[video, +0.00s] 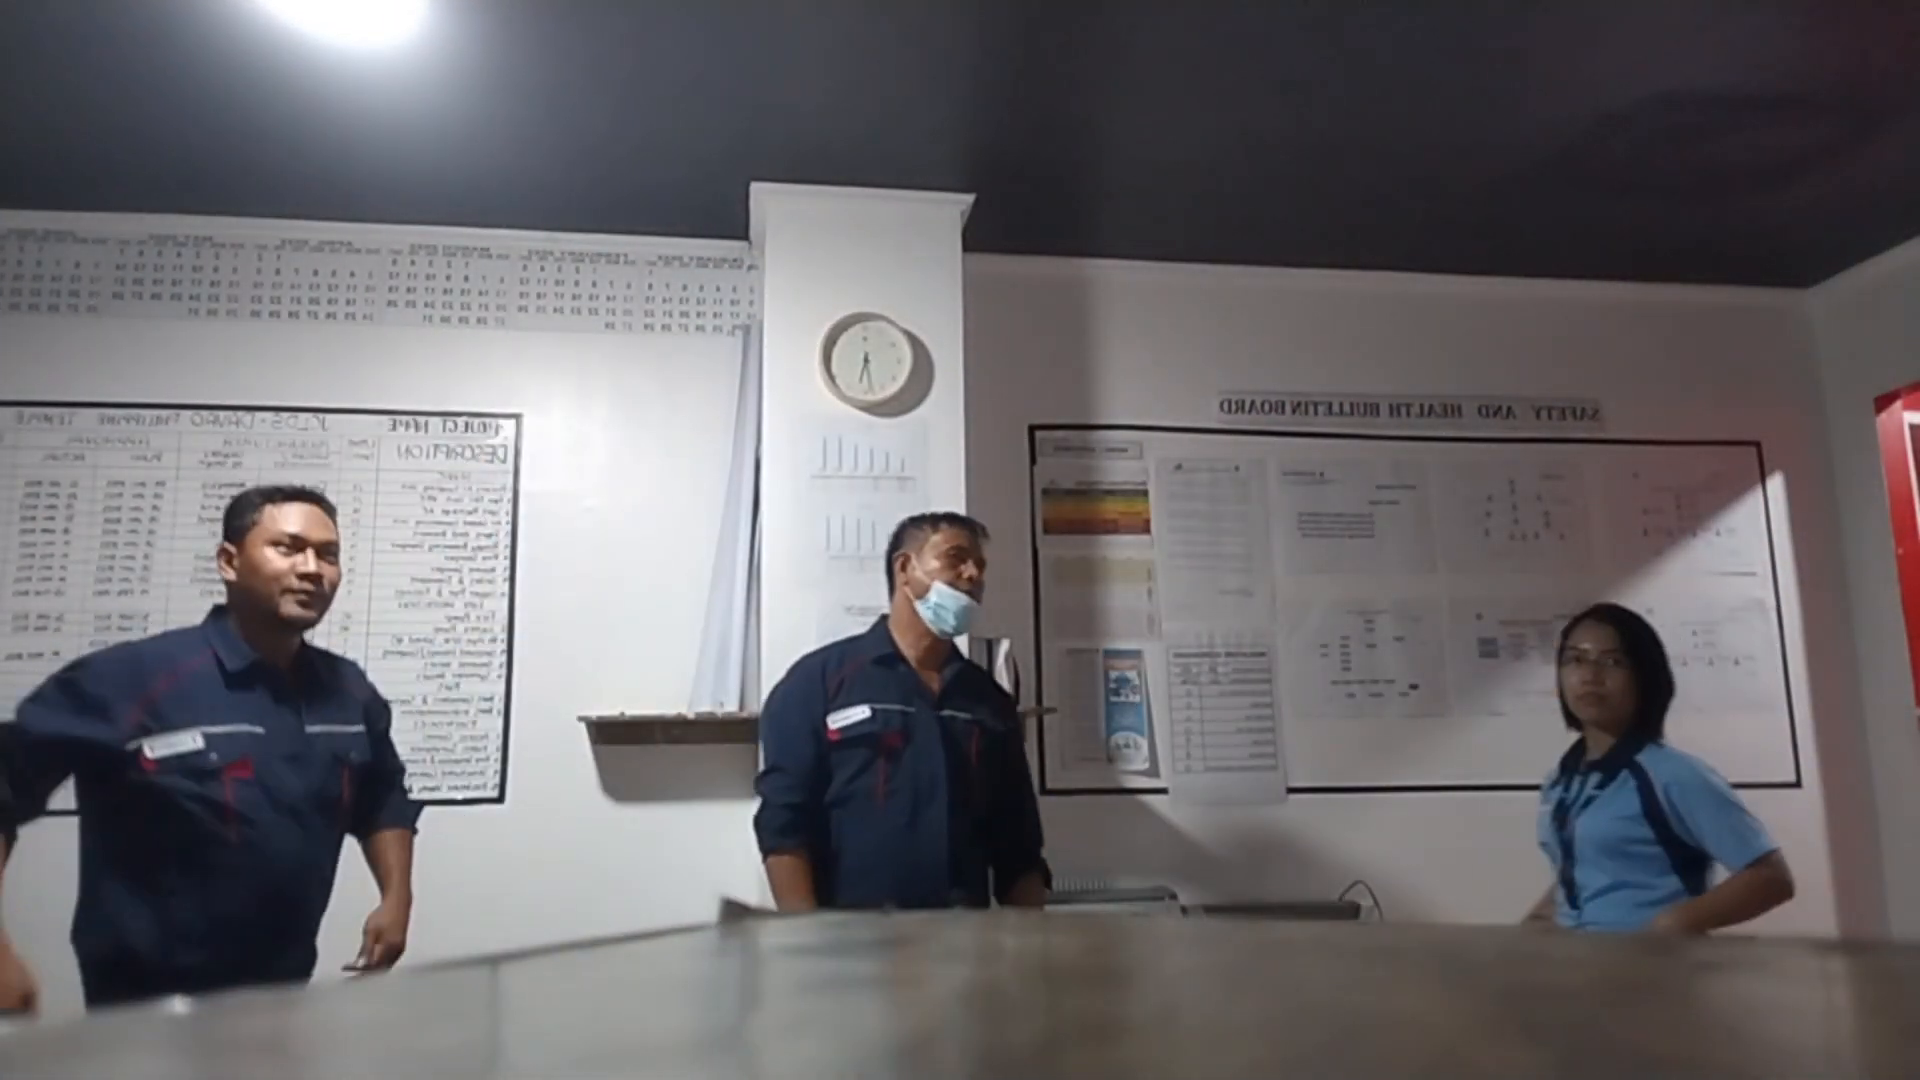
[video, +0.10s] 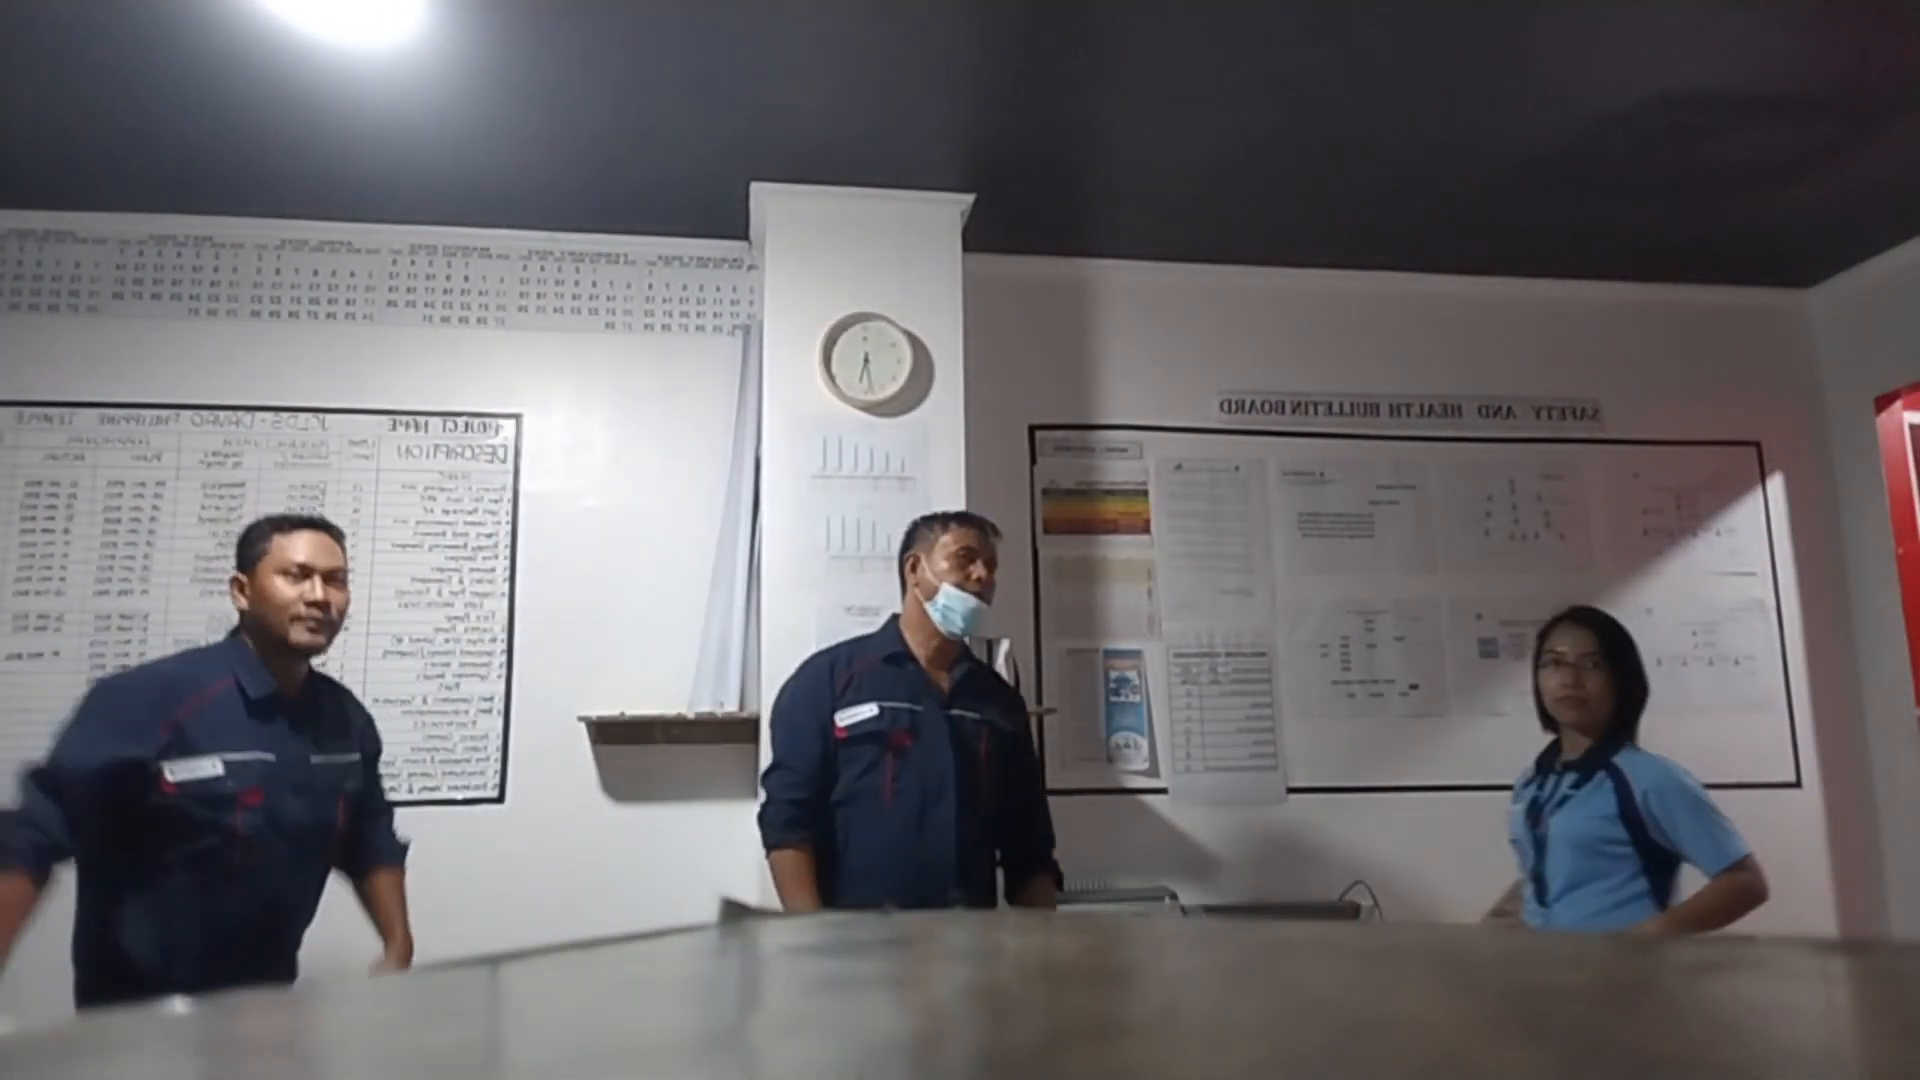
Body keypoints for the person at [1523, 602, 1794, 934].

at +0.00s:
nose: (1590, 675)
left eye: (1612, 662)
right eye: (1576, 660)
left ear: (1644, 675)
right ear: (1560, 677)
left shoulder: (1675, 777)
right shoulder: (1560, 784)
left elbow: (1772, 880)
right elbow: (1575, 884)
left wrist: (1676, 923)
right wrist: (1522, 941)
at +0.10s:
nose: (1570, 679)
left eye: (1591, 665)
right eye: (1554, 664)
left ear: (1622, 680)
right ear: (1536, 680)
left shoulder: (1651, 780)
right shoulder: (1532, 785)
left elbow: (1746, 884)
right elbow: (1538, 883)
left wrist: (1649, 936)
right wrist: (1482, 939)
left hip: (1624, 983)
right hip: (1542, 979)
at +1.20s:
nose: (1563, 694)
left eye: (1564, 682)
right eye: (1548, 679)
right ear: (1503, 684)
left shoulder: (1559, 781)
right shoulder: (1459, 786)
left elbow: (1604, 862)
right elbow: (1445, 892)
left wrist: (1677, 861)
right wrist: (1530, 939)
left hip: (1594, 961)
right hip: (1523, 969)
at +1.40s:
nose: (1572, 705)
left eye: (1574, 691)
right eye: (1561, 688)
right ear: (1521, 686)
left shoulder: (1541, 773)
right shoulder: (1487, 770)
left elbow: (1617, 826)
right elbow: (1482, 882)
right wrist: (1595, 921)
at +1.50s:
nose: (1581, 706)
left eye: (1582, 695)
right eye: (1573, 692)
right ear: (1534, 690)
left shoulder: (1537, 772)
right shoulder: (1504, 768)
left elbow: (1613, 814)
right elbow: (1502, 879)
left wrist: (1622, 732)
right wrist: (1618, 911)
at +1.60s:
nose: (1585, 708)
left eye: (1587, 698)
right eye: (1578, 694)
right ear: (1541, 689)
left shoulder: (1535, 766)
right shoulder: (1517, 770)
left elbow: (1605, 828)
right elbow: (1532, 882)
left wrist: (1613, 742)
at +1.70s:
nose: (1587, 709)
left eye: (1589, 697)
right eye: (1582, 695)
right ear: (1545, 691)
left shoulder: (1536, 768)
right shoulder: (1522, 772)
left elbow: (1600, 848)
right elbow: (1582, 874)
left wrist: (1609, 759)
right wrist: (1656, 804)